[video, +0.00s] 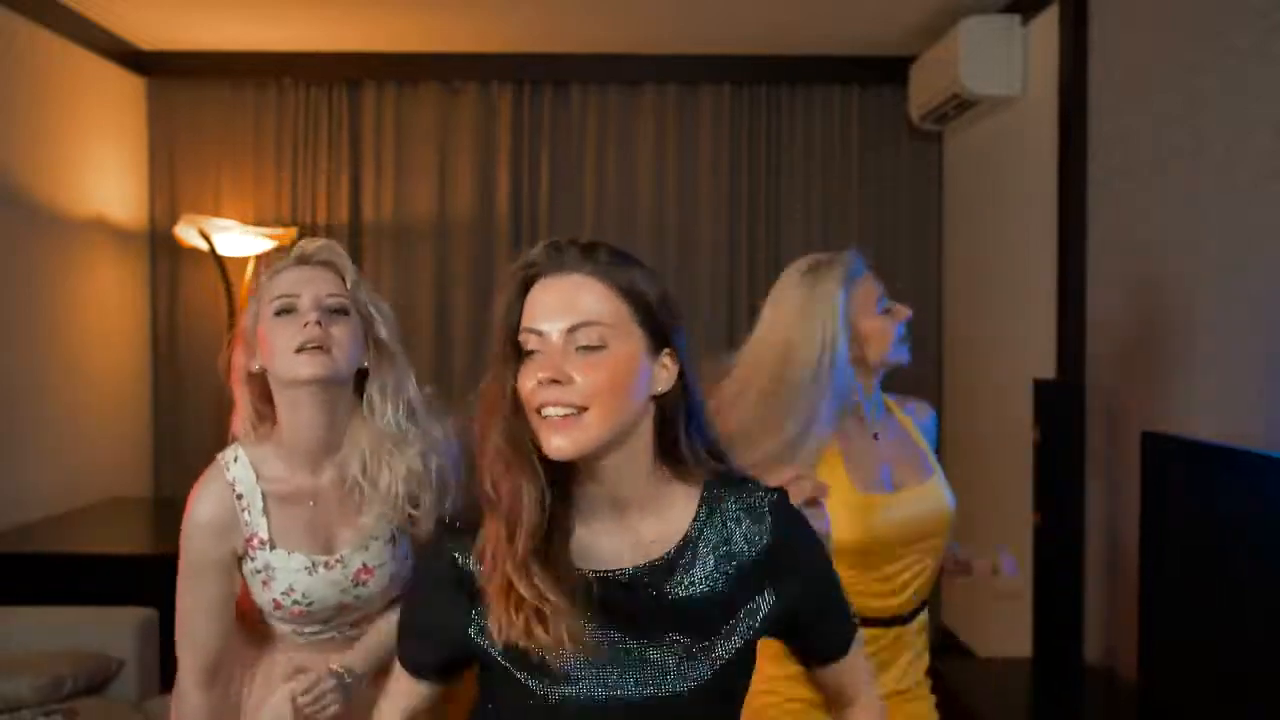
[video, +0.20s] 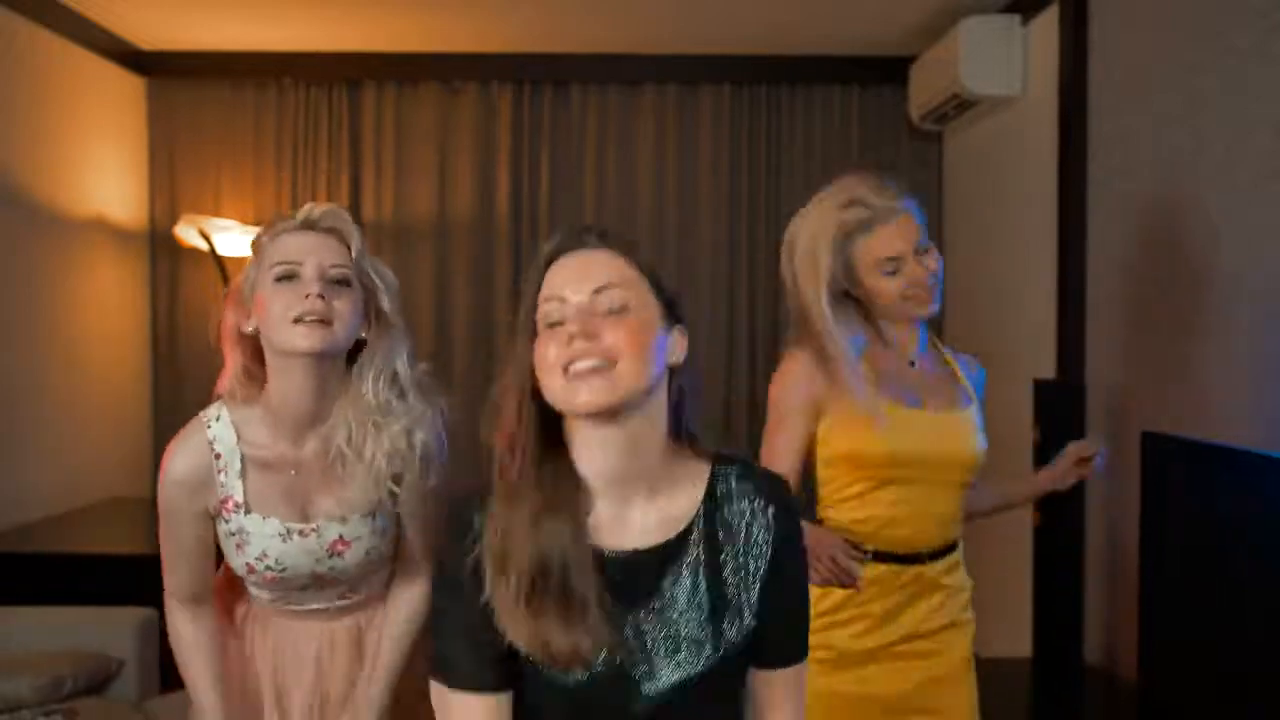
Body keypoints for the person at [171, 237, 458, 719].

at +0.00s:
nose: (313, 321)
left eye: (337, 310)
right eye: (286, 310)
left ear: (367, 347)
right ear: (254, 351)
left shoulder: (418, 462)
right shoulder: (225, 494)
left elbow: (442, 580)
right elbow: (202, 680)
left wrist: (353, 669)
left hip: (401, 689)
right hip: (282, 692)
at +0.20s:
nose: (314, 293)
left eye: (338, 281)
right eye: (286, 277)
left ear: (365, 320)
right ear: (249, 311)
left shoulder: (406, 433)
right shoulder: (197, 461)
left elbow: (414, 574)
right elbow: (188, 604)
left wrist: (367, 707)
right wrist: (211, 712)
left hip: (373, 633)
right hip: (262, 641)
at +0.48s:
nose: (300, 347)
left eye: (327, 326)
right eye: (276, 327)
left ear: (363, 346)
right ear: (249, 346)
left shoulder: (392, 461)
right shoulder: (189, 468)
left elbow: (392, 626)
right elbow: (179, 624)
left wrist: (386, 713)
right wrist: (185, 714)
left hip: (369, 656)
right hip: (262, 669)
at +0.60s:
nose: (259, 298)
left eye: (283, 277)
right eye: (248, 275)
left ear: (343, 277)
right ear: (237, 271)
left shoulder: (414, 390)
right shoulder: (229, 375)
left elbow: (407, 569)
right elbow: (214, 528)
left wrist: (288, 684)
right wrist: (160, 671)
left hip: (381, 645)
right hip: (257, 641)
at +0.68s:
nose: (279, 296)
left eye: (300, 275)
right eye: (268, 274)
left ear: (361, 263)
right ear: (257, 267)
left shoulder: (420, 370)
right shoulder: (272, 348)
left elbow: (401, 562)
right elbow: (240, 500)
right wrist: (131, 610)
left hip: (359, 643)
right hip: (245, 618)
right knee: (97, 680)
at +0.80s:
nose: (318, 337)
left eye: (339, 317)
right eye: (310, 319)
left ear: (400, 314)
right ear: (300, 315)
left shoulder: (422, 427)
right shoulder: (347, 399)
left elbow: (385, 599)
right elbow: (292, 533)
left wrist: (246, 533)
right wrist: (119, 522)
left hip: (339, 656)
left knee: (201, 498)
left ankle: (17, 606)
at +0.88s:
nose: (346, 374)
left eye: (367, 352)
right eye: (335, 353)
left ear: (433, 351)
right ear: (326, 351)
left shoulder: (428, 463)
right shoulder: (386, 442)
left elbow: (367, 636)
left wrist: (233, 564)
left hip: (322, 677)